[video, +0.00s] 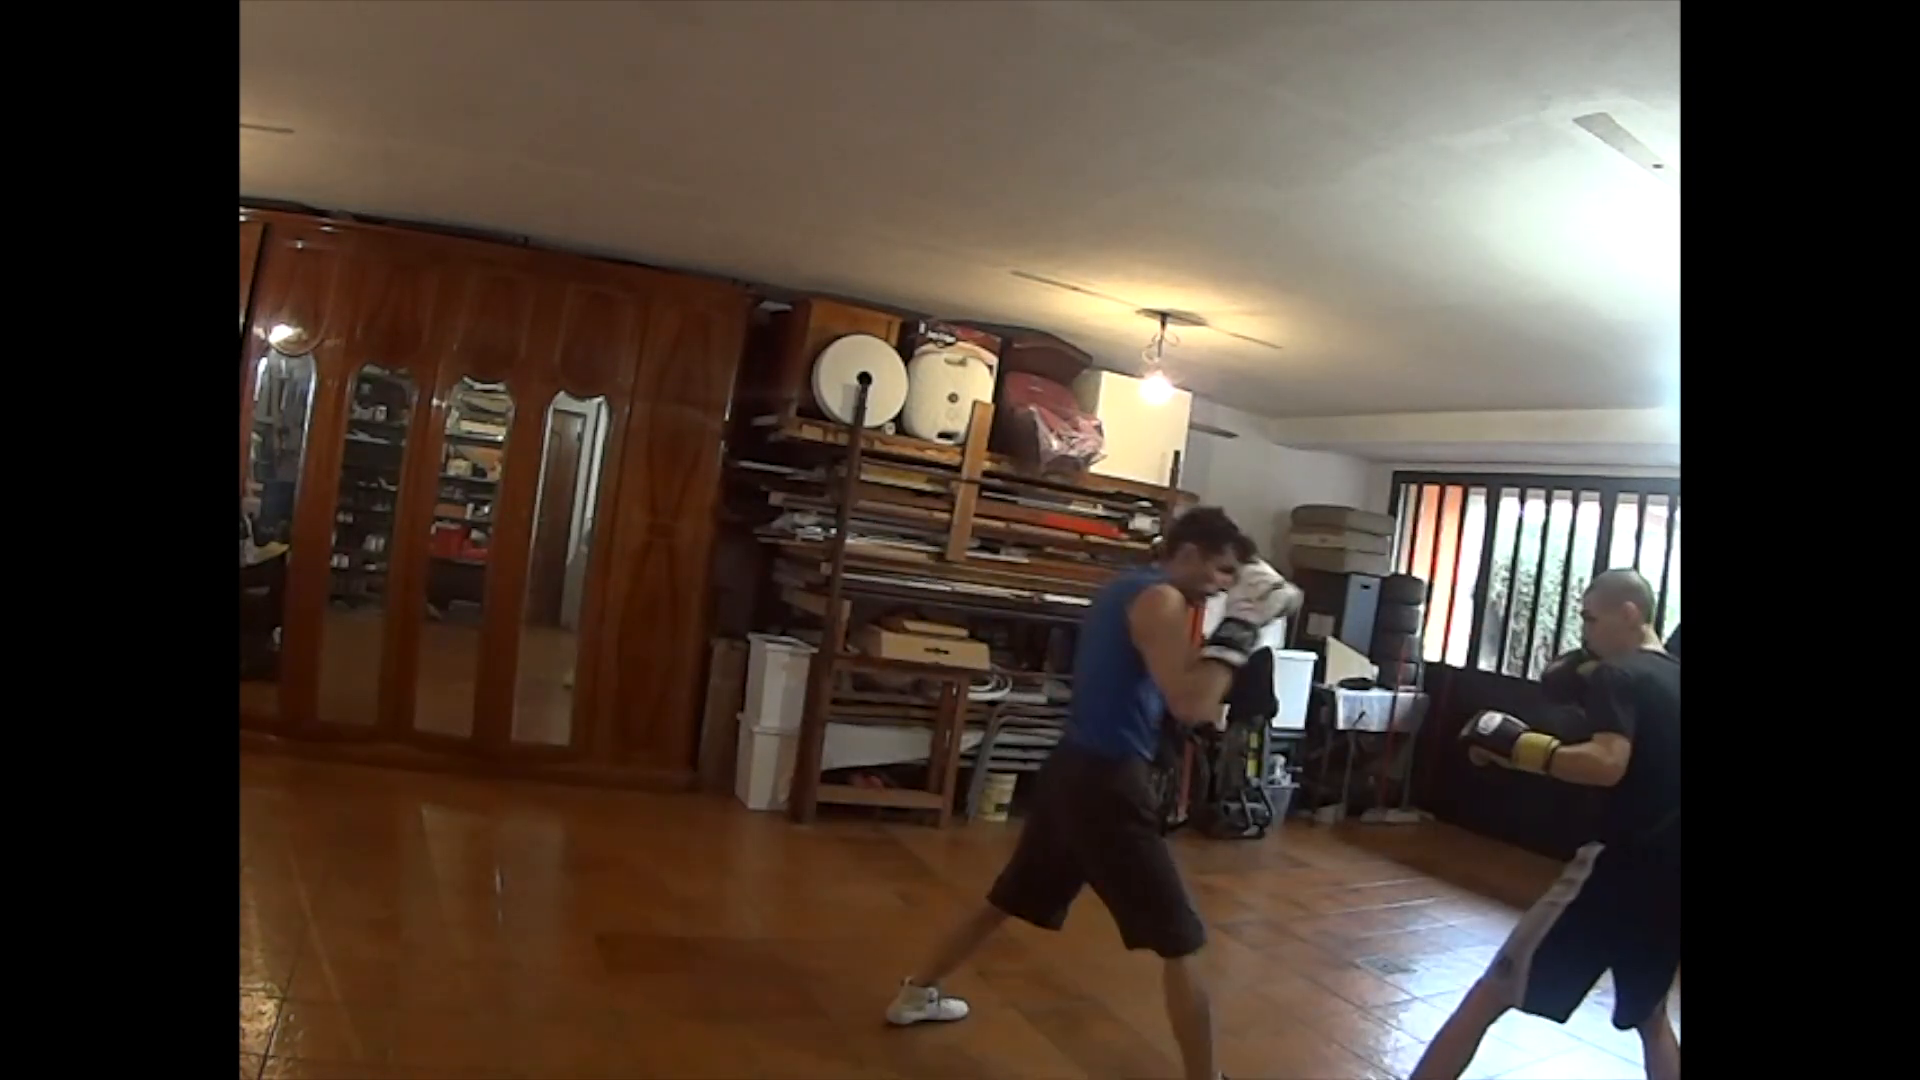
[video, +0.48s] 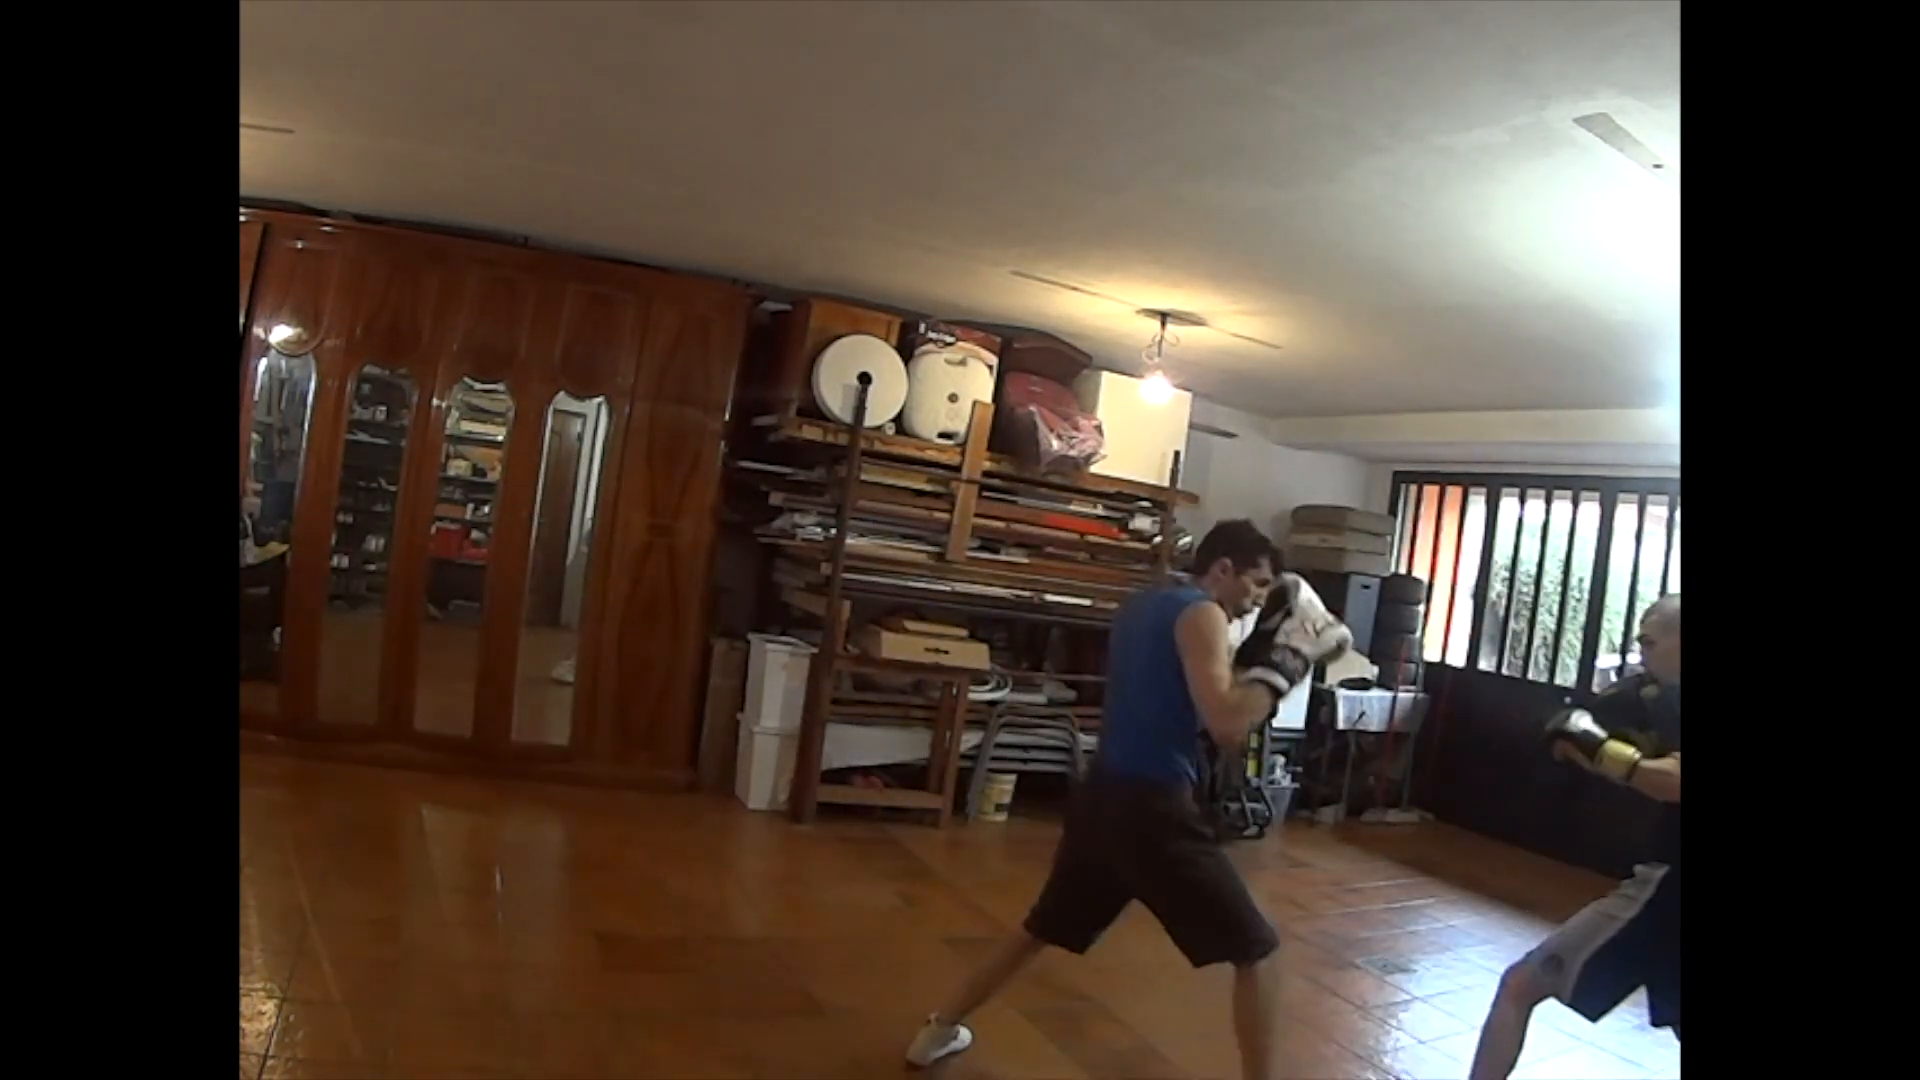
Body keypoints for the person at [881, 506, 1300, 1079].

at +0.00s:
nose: (1220, 586)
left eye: (1227, 577)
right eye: (1219, 571)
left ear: (1183, 553)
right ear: (1187, 551)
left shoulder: (1125, 587)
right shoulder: (1158, 599)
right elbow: (1194, 703)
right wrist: (1239, 629)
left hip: (1070, 776)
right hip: (1112, 789)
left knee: (1003, 900)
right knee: (1181, 943)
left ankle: (916, 991)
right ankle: (1204, 1072)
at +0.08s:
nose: (1244, 589)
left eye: (1251, 581)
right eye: (1241, 574)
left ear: (1193, 558)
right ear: (1207, 557)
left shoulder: (1143, 596)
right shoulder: (1180, 602)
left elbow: (1205, 693)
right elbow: (1227, 694)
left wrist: (1257, 636)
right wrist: (1273, 632)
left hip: (1081, 779)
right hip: (1129, 793)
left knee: (1005, 901)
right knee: (1199, 954)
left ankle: (918, 992)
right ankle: (1202, 1070)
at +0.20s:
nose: (1269, 596)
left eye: (1275, 587)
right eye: (1268, 581)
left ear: (1219, 553)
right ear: (1236, 559)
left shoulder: (1154, 593)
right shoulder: (1211, 600)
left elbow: (1142, 688)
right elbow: (1276, 687)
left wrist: (1201, 700)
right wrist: (1313, 630)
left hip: (1090, 776)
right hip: (1141, 789)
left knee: (1031, 908)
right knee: (1202, 950)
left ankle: (935, 1006)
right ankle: (1201, 1073)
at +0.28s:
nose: (1264, 590)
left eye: (1271, 582)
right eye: (1264, 576)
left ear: (1217, 549)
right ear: (1233, 554)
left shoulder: (1154, 588)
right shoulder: (1206, 597)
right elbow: (1261, 693)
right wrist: (1310, 629)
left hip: (1097, 777)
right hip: (1147, 789)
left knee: (1036, 916)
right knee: (1205, 951)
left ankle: (940, 1017)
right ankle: (1203, 1075)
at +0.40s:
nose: (1253, 591)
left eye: (1260, 581)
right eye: (1251, 576)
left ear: (1204, 556)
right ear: (1217, 557)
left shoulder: (1147, 595)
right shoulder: (1192, 603)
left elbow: (1205, 689)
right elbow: (1223, 708)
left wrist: (1263, 635)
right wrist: (1286, 648)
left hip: (1098, 787)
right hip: (1150, 799)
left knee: (1030, 924)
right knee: (1248, 942)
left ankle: (935, 1033)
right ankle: (1234, 1072)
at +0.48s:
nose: (1257, 597)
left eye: (1264, 587)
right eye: (1256, 582)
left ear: (1207, 564)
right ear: (1223, 567)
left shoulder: (1143, 605)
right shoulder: (1199, 614)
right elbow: (1229, 721)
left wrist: (1256, 641)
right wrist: (1289, 660)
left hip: (1101, 803)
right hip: (1156, 813)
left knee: (1038, 930)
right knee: (1256, 949)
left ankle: (937, 1032)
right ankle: (1260, 1070)